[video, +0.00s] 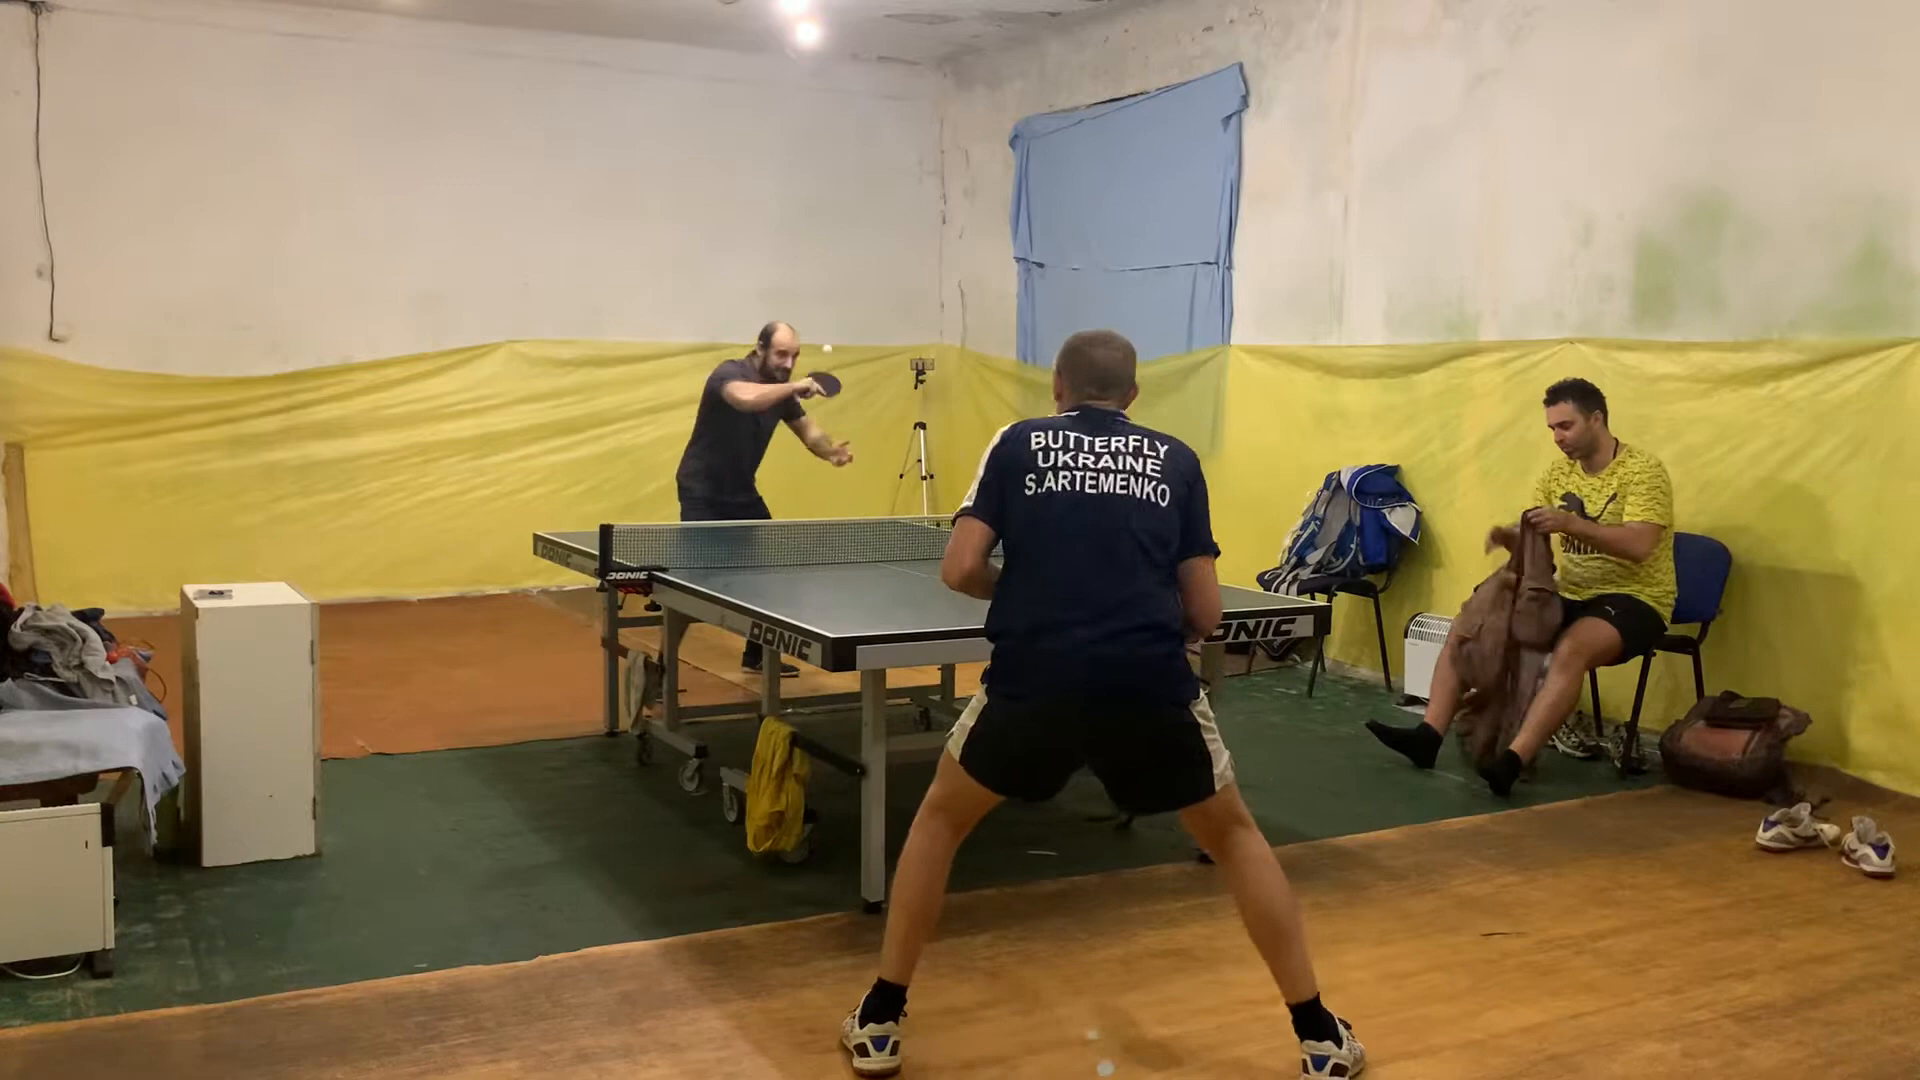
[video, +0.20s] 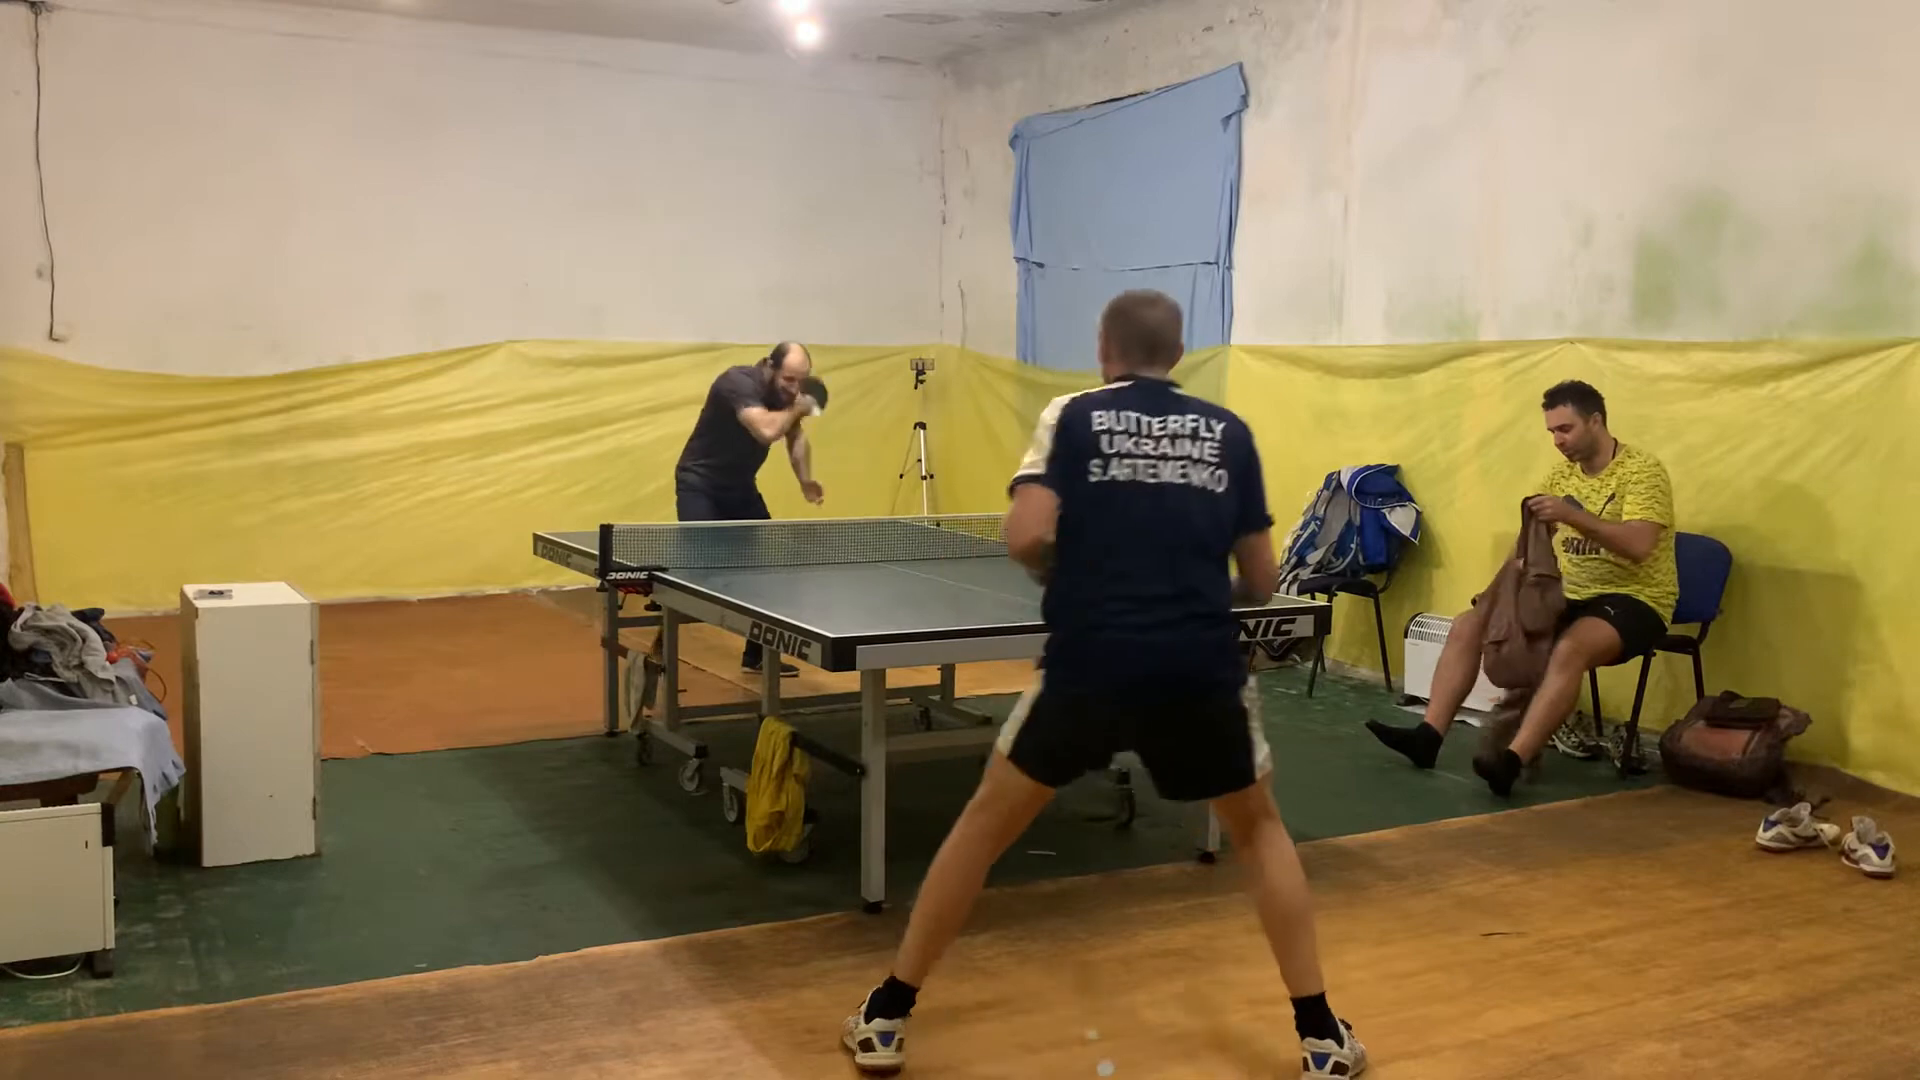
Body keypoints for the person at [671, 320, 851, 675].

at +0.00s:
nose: (789, 363)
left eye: (794, 355)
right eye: (782, 354)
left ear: (797, 355)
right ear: (760, 349)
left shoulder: (782, 389)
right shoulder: (728, 373)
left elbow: (808, 431)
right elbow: (745, 398)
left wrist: (830, 450)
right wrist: (794, 388)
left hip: (743, 491)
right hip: (702, 491)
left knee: (773, 566)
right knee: (699, 576)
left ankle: (758, 650)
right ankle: (664, 662)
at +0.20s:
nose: (795, 388)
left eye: (801, 381)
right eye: (789, 379)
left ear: (806, 377)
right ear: (770, 367)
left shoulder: (788, 396)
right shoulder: (737, 382)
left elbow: (796, 438)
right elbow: (765, 431)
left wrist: (805, 480)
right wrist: (797, 408)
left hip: (741, 488)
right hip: (700, 483)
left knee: (770, 562)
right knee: (705, 563)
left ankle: (758, 651)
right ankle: (662, 642)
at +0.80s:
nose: (705, 337)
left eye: (712, 329)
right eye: (697, 329)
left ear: (722, 330)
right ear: (683, 330)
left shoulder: (737, 372)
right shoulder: (658, 368)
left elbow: (762, 417)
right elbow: (615, 396)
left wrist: (758, 458)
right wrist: (609, 410)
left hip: (719, 493)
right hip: (667, 493)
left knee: (737, 570)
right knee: (643, 577)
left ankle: (737, 651)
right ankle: (624, 661)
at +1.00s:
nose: (682, 334)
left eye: (689, 326)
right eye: (674, 327)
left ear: (701, 324)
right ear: (662, 328)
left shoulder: (729, 363)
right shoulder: (650, 371)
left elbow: (768, 405)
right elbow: (623, 415)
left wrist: (756, 451)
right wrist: (623, 436)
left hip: (726, 485)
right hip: (673, 487)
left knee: (759, 552)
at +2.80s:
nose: (616, 325)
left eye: (622, 317)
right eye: (607, 319)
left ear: (632, 317)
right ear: (594, 322)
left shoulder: (661, 352)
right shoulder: (589, 371)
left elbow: (710, 387)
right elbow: (576, 428)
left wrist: (705, 437)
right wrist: (590, 472)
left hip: (674, 466)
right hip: (625, 471)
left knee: (709, 540)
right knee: (598, 538)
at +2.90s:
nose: (599, 329)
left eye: (605, 322)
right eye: (590, 324)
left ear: (614, 324)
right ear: (576, 329)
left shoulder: (640, 363)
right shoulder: (564, 375)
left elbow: (680, 398)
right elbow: (545, 431)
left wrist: (679, 451)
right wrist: (559, 468)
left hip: (644, 478)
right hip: (590, 484)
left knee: (687, 548)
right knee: (551, 563)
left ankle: (696, 606)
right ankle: (527, 646)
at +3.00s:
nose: (589, 353)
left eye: (595, 346)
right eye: (580, 348)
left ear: (602, 348)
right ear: (565, 351)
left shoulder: (622, 390)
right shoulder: (545, 396)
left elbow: (654, 424)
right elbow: (514, 447)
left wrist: (641, 477)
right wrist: (541, 468)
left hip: (610, 501)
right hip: (559, 502)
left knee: (662, 565)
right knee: (520, 582)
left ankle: (644, 624)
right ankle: (481, 653)